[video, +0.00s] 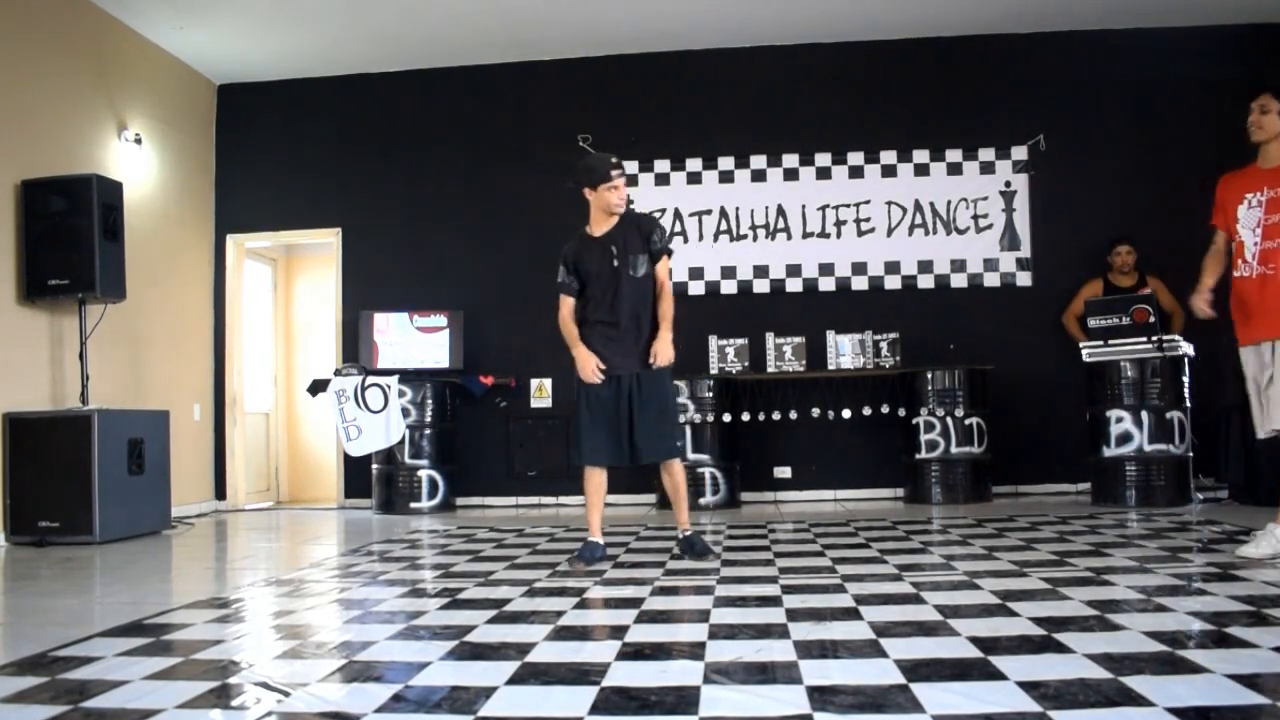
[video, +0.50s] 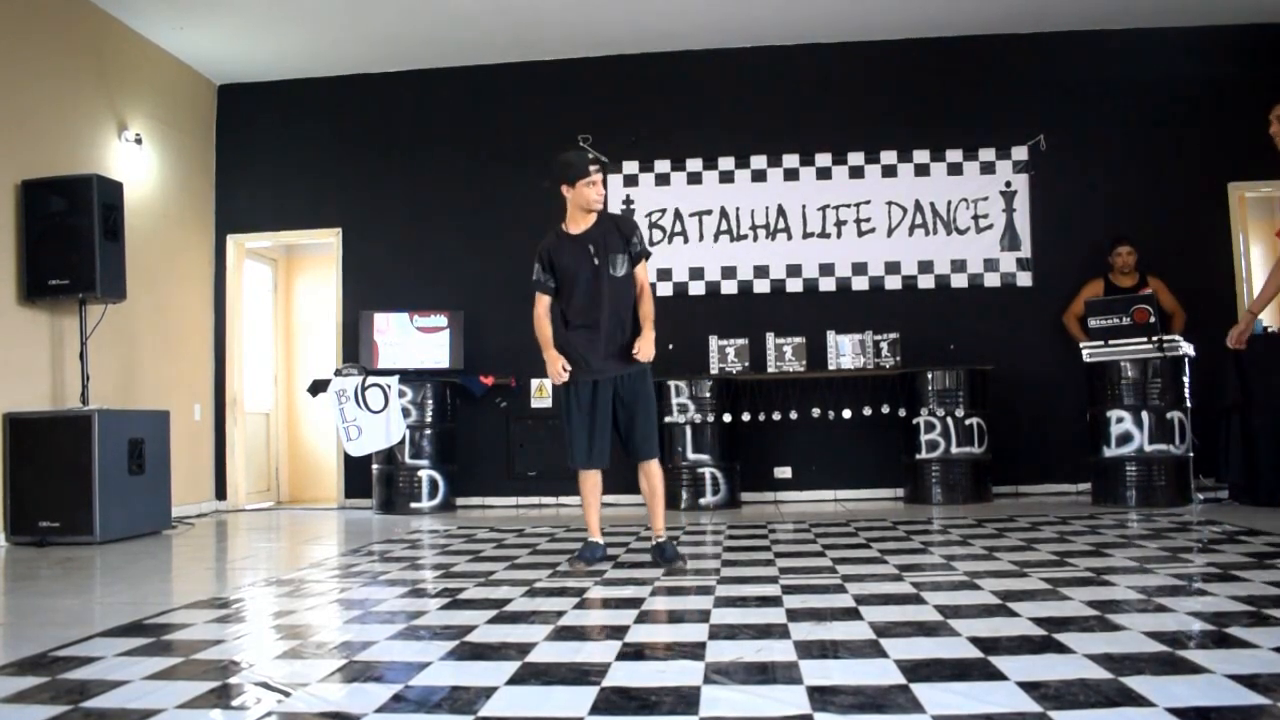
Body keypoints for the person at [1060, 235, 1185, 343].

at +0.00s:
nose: (1123, 259)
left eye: (1128, 253)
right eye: (1118, 254)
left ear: (1135, 257)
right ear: (1110, 259)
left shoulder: (1151, 284)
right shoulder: (1095, 287)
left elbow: (1176, 313)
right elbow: (1068, 317)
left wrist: (1169, 342)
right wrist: (1086, 345)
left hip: (1148, 359)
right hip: (1110, 361)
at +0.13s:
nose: (1124, 259)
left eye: (1129, 254)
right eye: (1118, 255)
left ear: (1135, 257)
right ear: (1110, 259)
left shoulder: (1151, 284)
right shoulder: (1096, 287)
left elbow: (1177, 314)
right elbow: (1068, 317)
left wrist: (1170, 343)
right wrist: (1086, 346)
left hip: (1148, 359)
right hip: (1110, 361)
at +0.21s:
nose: (1124, 259)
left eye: (1129, 254)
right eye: (1118, 255)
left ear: (1135, 257)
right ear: (1110, 259)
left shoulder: (1151, 284)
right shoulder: (1096, 287)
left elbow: (1177, 314)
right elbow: (1068, 317)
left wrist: (1170, 343)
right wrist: (1087, 346)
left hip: (1148, 359)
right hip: (1110, 361)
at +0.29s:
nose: (1124, 259)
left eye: (1129, 254)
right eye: (1118, 255)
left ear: (1135, 257)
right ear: (1110, 259)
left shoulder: (1151, 284)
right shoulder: (1096, 287)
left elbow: (1177, 314)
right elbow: (1068, 318)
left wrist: (1170, 343)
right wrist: (1087, 346)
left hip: (1148, 359)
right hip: (1110, 361)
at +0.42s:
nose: (1124, 260)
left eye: (1129, 254)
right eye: (1118, 255)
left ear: (1135, 257)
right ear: (1110, 260)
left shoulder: (1151, 284)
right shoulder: (1096, 287)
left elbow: (1177, 314)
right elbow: (1068, 317)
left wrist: (1170, 342)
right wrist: (1087, 345)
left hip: (1149, 359)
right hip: (1111, 361)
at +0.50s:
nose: (1124, 260)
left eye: (1129, 254)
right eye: (1118, 255)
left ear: (1135, 257)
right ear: (1110, 260)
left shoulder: (1151, 284)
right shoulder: (1097, 287)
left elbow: (1177, 314)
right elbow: (1068, 317)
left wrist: (1170, 342)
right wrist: (1087, 344)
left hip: (1149, 358)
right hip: (1112, 360)